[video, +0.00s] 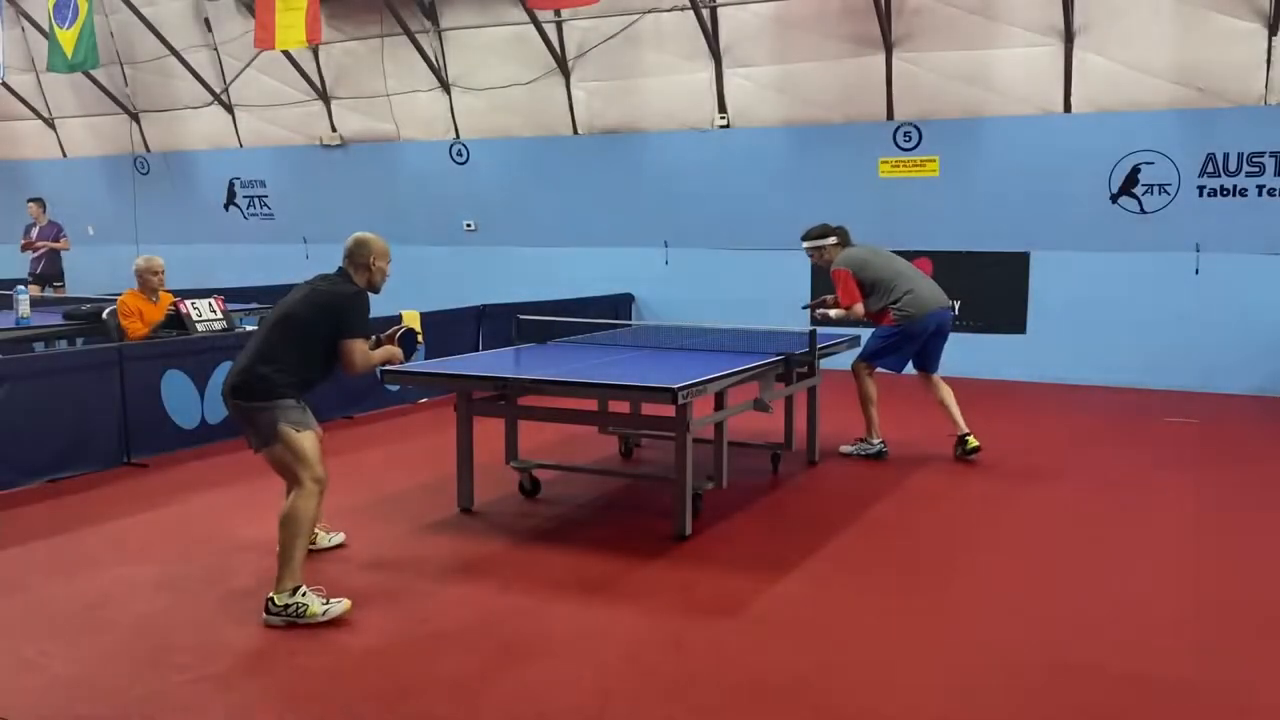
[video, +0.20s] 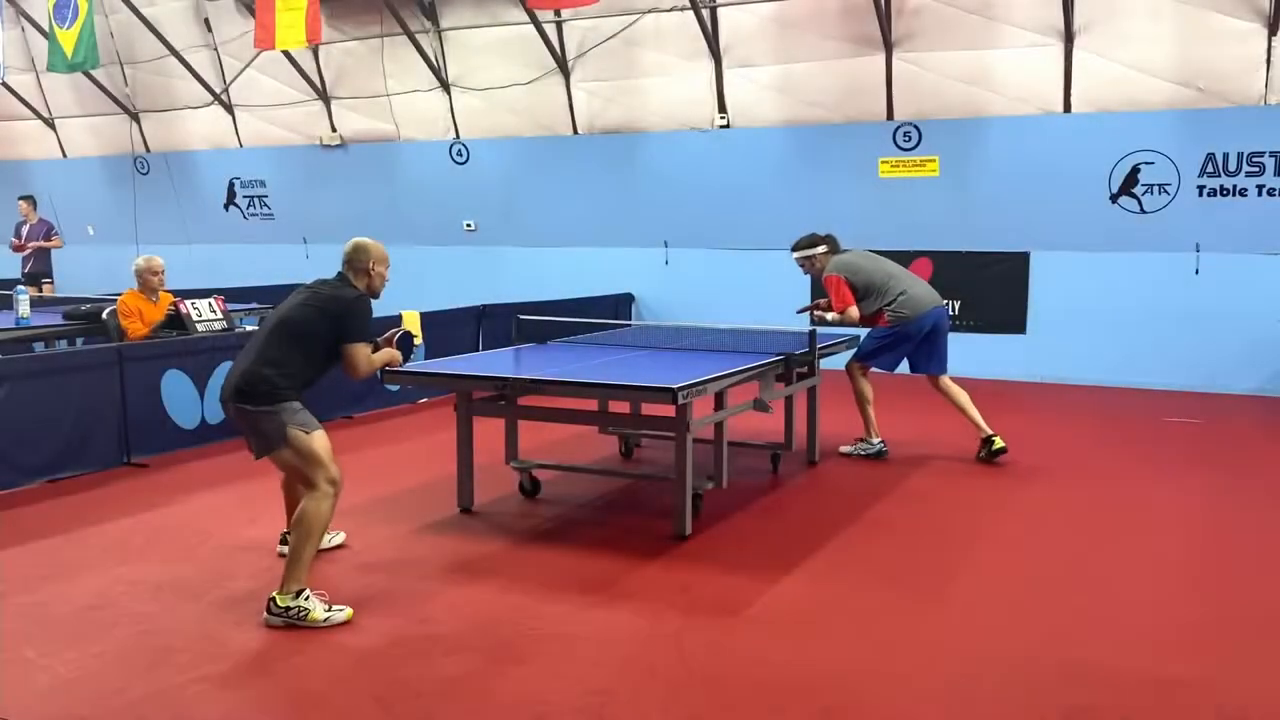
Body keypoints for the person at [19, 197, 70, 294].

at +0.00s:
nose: (29, 211)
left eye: (31, 207)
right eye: (28, 208)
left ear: (41, 209)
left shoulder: (56, 227)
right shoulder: (29, 228)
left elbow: (66, 245)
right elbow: (23, 246)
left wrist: (45, 244)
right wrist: (27, 245)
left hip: (54, 272)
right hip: (35, 272)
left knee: (61, 304)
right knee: (33, 304)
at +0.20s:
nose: (19, 208)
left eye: (22, 205)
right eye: (19, 206)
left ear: (31, 207)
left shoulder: (46, 225)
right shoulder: (19, 226)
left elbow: (59, 243)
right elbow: (14, 244)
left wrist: (37, 244)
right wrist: (16, 245)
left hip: (44, 272)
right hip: (28, 272)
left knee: (48, 304)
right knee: (32, 305)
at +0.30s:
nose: (14, 208)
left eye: (17, 205)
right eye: (14, 205)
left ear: (26, 206)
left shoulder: (43, 225)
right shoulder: (16, 226)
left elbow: (56, 243)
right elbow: (12, 244)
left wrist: (35, 245)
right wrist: (14, 245)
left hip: (39, 270)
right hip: (24, 270)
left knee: (39, 301)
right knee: (26, 302)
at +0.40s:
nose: (10, 209)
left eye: (12, 206)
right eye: (9, 206)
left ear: (22, 207)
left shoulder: (39, 226)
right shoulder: (12, 226)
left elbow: (53, 242)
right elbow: (9, 244)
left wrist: (32, 245)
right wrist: (10, 246)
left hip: (34, 270)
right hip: (20, 270)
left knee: (32, 302)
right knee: (23, 302)